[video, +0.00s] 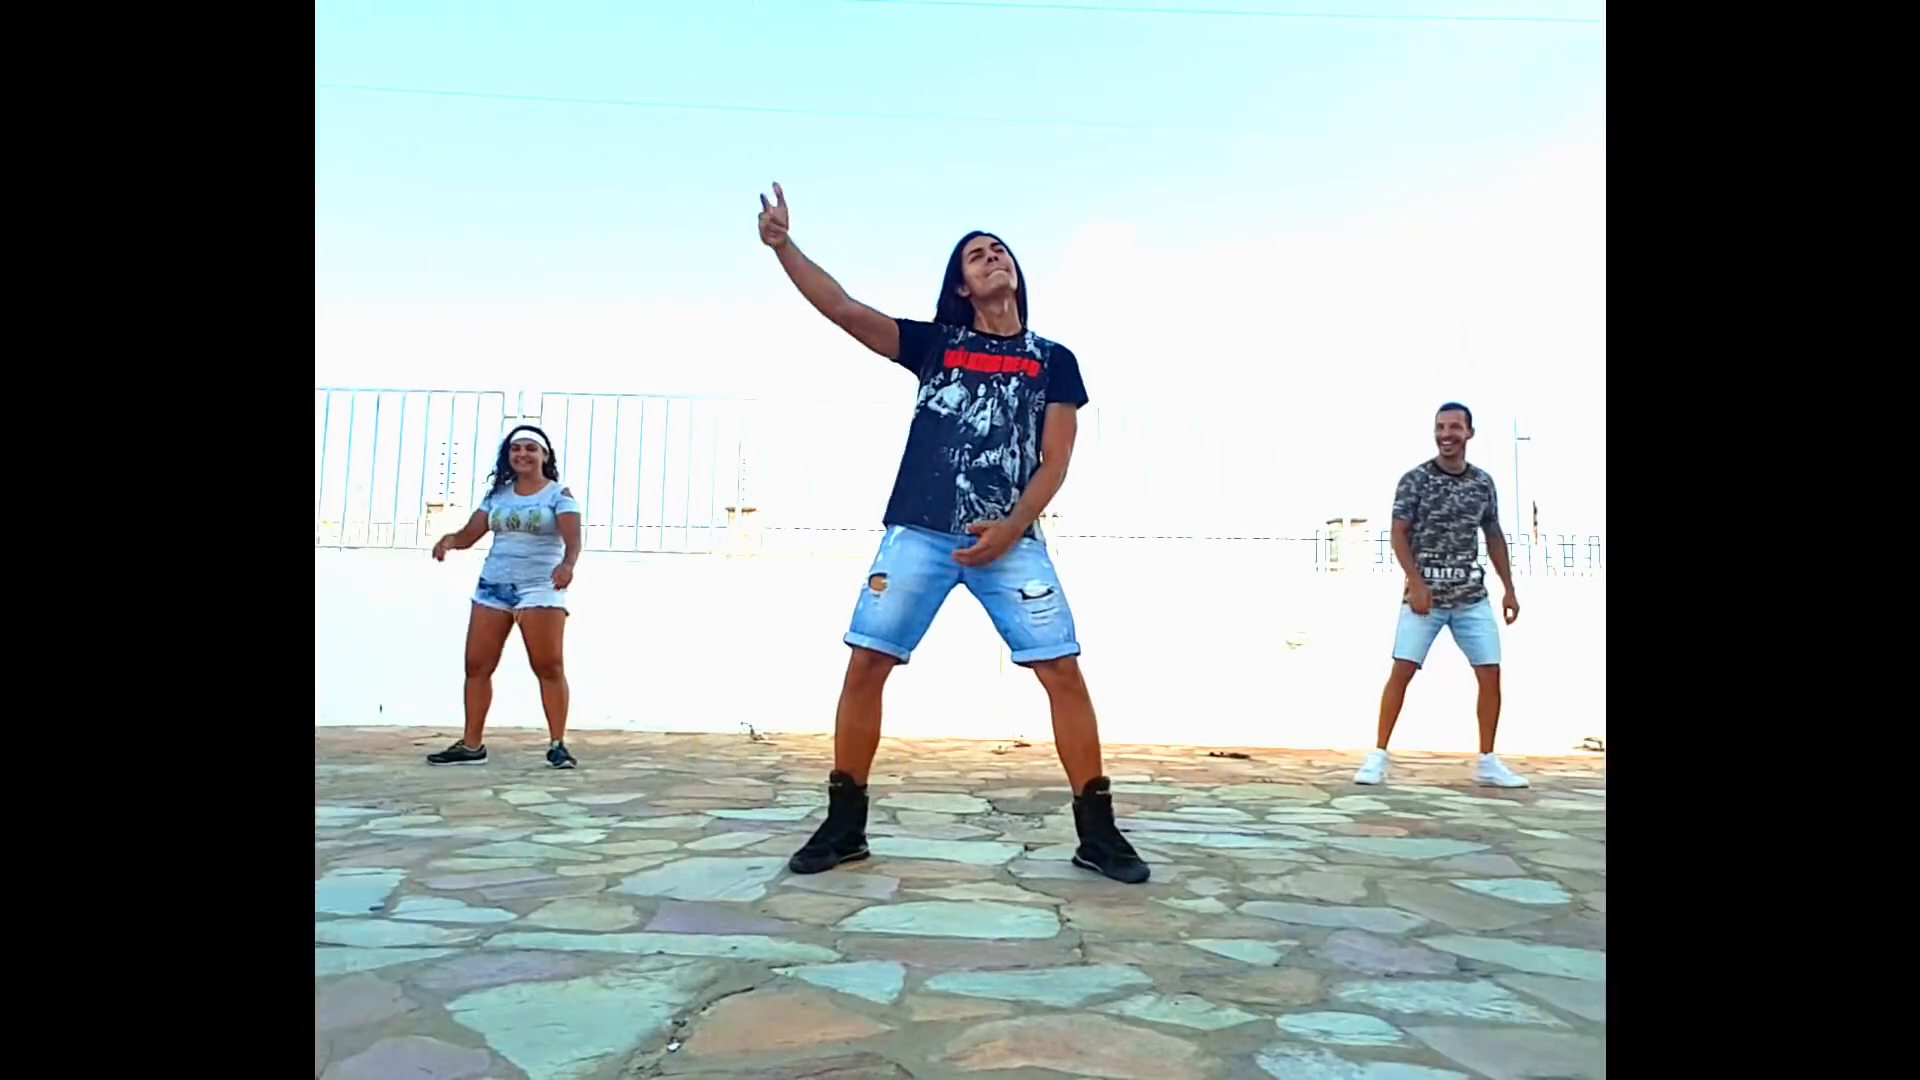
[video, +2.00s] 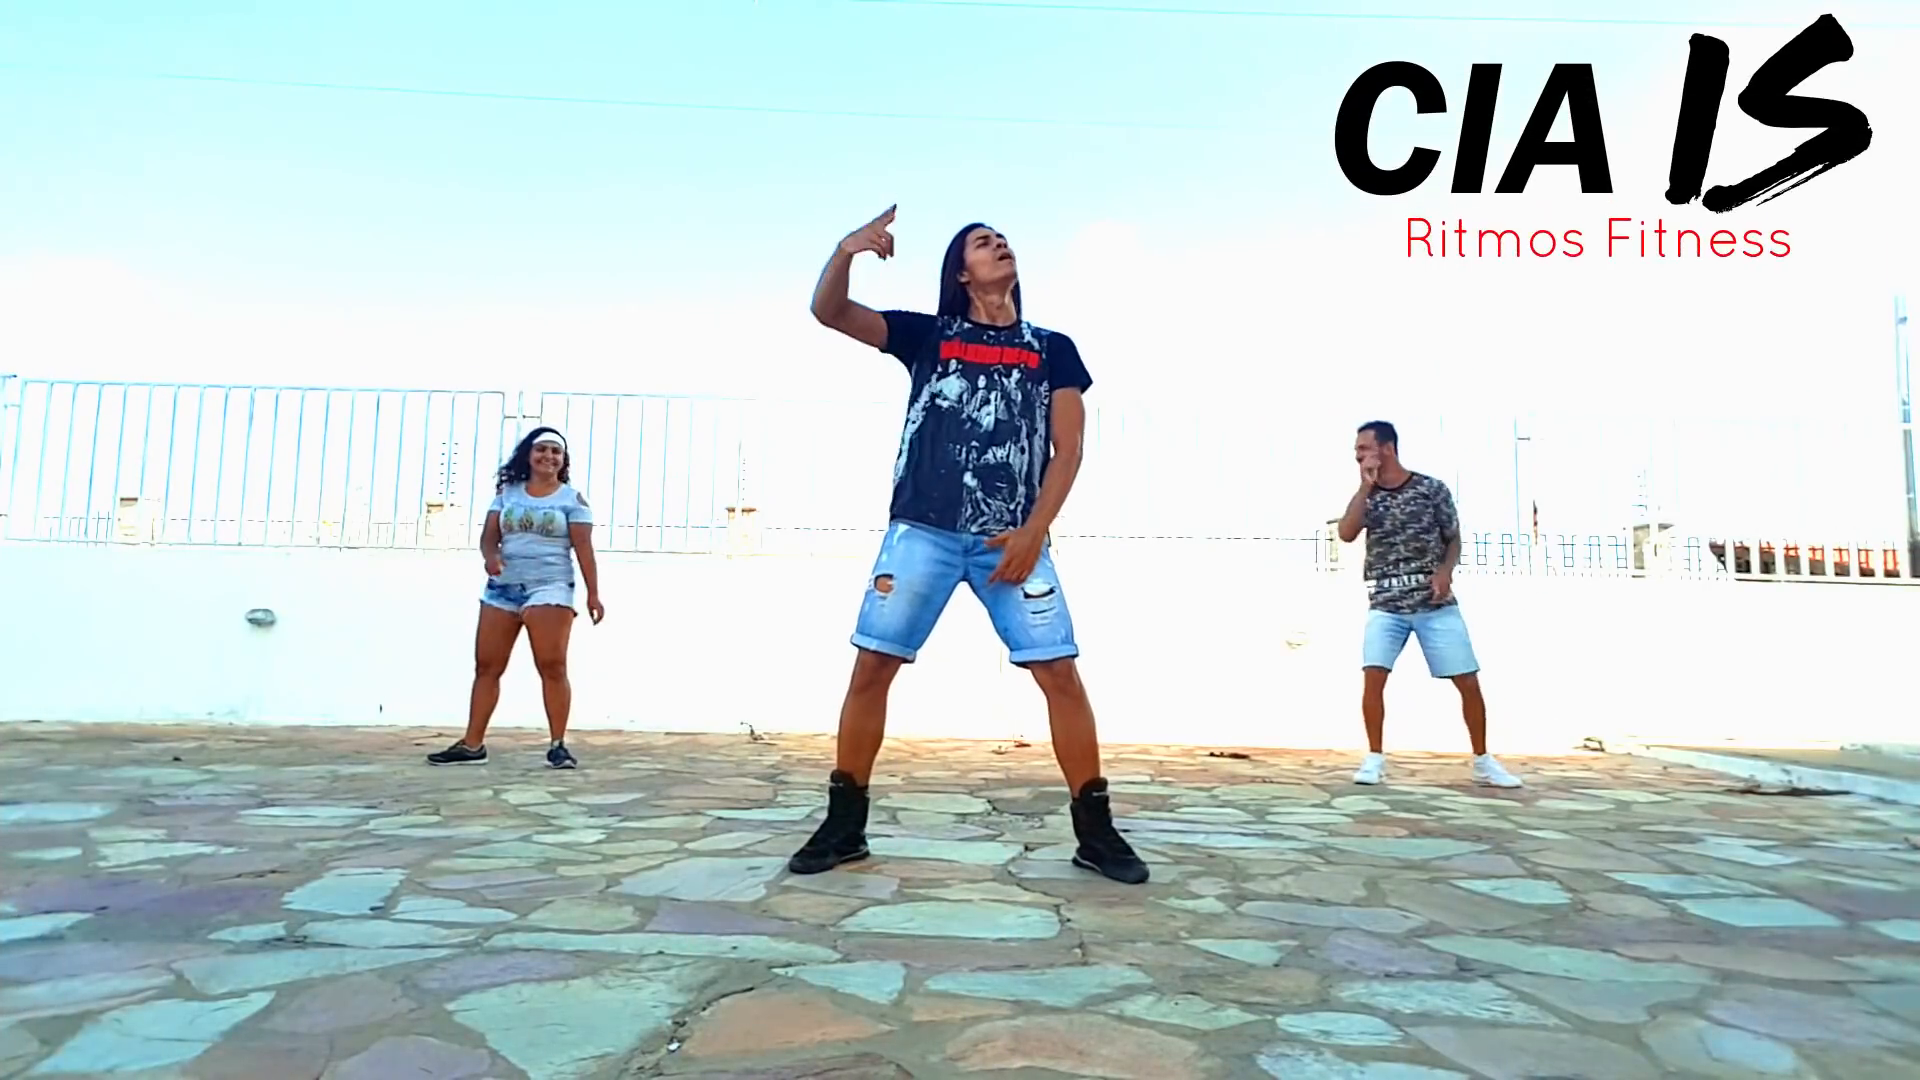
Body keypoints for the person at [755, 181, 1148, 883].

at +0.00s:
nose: (990, 260)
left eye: (998, 252)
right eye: (976, 259)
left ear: (1018, 273)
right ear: (961, 287)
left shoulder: (1053, 360)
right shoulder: (935, 344)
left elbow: (1055, 462)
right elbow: (845, 310)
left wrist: (1013, 527)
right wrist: (783, 245)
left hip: (1012, 538)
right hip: (919, 532)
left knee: (1062, 668)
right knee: (866, 664)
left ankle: (1097, 830)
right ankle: (844, 822)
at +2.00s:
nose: (999, 245)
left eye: (1003, 242)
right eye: (983, 243)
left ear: (1014, 267)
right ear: (958, 272)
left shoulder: (1052, 349)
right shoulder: (928, 334)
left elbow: (1067, 450)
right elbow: (831, 310)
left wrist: (1036, 529)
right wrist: (847, 249)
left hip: (1014, 535)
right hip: (923, 528)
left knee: (1060, 673)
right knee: (872, 667)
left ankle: (1096, 831)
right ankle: (843, 824)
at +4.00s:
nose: (969, 270)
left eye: (980, 261)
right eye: (956, 262)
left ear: (998, 275)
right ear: (939, 279)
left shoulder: (1026, 337)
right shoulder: (921, 345)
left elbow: (1052, 366)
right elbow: (919, 393)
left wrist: (1030, 340)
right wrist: (890, 376)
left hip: (1021, 528)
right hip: (934, 526)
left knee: (1065, 668)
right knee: (873, 664)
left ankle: (1098, 831)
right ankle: (842, 823)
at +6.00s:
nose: (978, 263)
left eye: (987, 255)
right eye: (963, 260)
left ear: (1008, 277)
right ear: (949, 289)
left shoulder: (1049, 350)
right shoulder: (930, 361)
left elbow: (1063, 414)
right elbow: (878, 445)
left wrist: (1037, 463)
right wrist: (843, 504)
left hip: (1027, 553)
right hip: (935, 550)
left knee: (1088, 680)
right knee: (858, 674)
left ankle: (1122, 825)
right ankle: (837, 821)